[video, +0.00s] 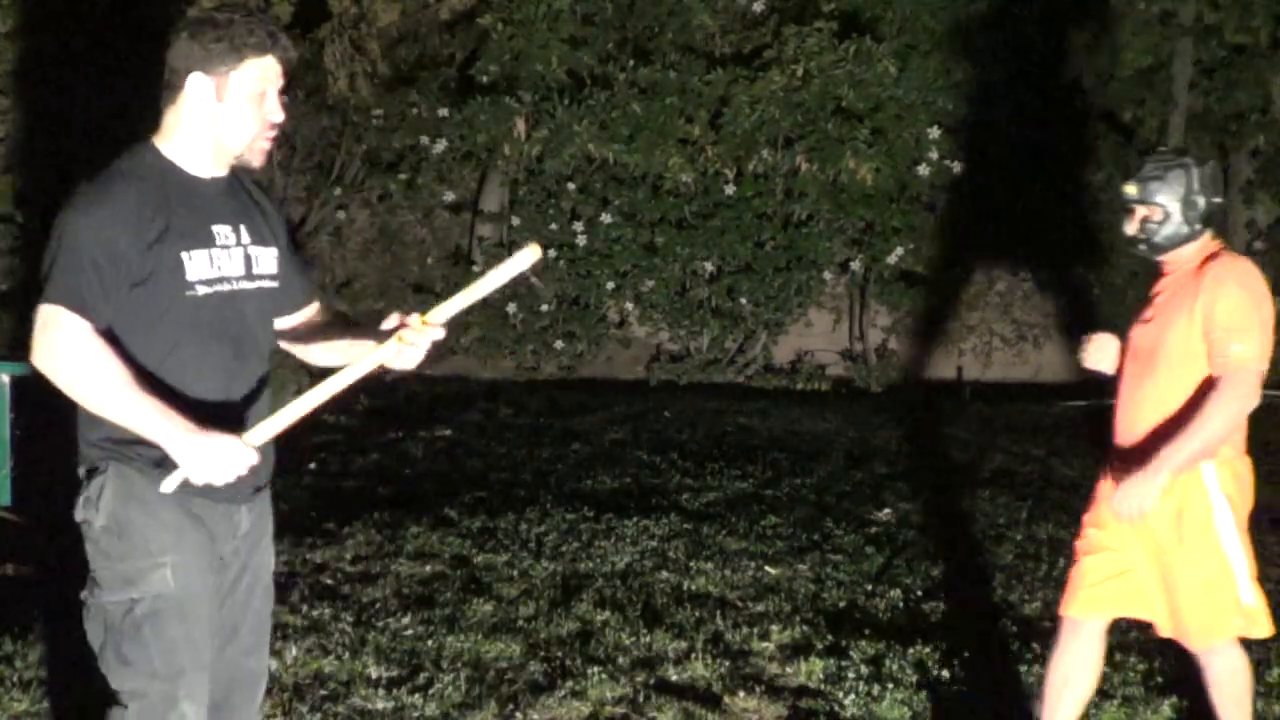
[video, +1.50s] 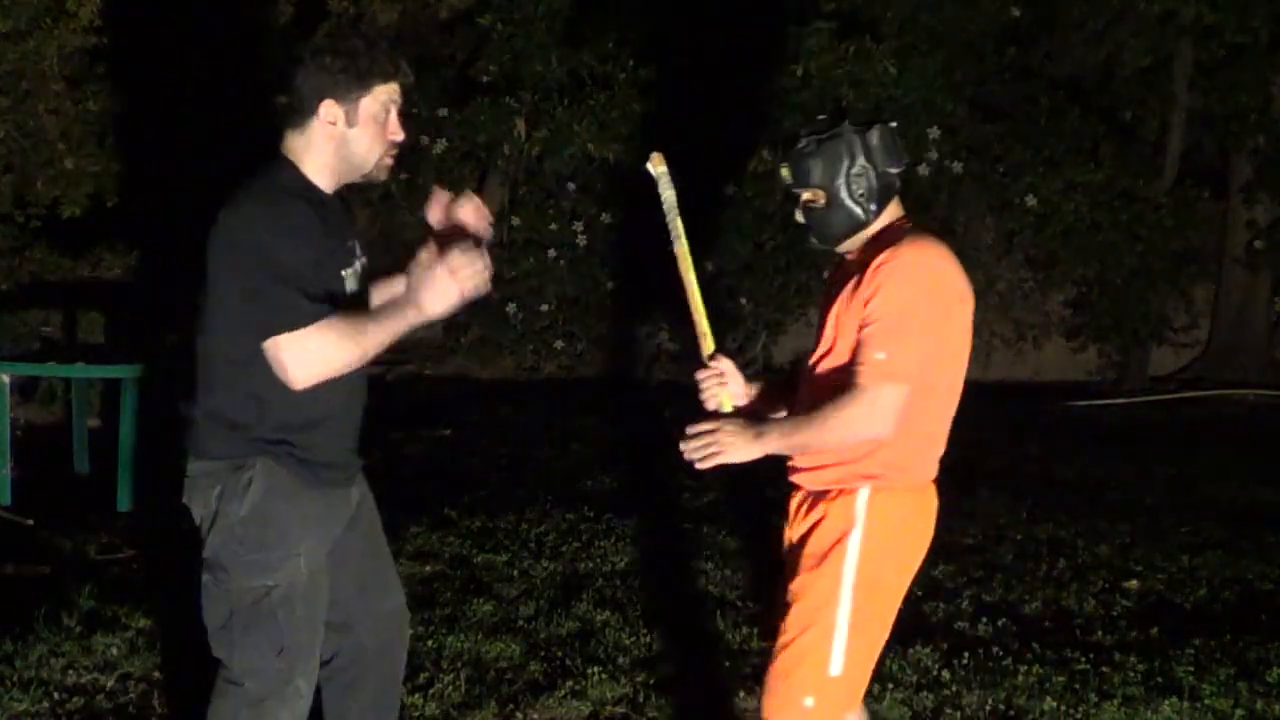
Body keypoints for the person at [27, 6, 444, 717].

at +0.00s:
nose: (281, 116)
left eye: (281, 95)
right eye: (267, 93)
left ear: (221, 95)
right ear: (206, 91)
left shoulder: (254, 209)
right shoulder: (114, 206)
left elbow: (304, 329)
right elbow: (57, 342)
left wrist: (377, 347)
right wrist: (183, 437)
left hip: (246, 493)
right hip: (146, 496)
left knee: (235, 706)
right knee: (165, 705)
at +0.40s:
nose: (279, 108)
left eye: (277, 87)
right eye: (269, 86)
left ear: (220, 91)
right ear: (215, 89)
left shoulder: (230, 201)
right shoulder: (123, 214)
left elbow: (315, 272)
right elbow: (96, 365)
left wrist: (454, 292)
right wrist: (221, 482)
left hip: (250, 484)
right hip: (160, 499)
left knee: (313, 648)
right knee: (152, 704)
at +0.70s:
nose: (346, 123)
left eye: (345, 104)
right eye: (337, 102)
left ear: (285, 107)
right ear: (283, 105)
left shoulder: (300, 216)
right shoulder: (201, 218)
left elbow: (384, 272)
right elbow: (149, 357)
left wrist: (518, 265)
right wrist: (226, 498)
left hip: (317, 523)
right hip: (228, 530)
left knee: (343, 695)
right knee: (193, 707)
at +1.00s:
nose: (428, 129)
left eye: (427, 112)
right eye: (419, 110)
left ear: (372, 112)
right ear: (366, 109)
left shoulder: (379, 213)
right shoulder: (282, 206)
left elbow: (456, 277)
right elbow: (234, 337)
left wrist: (576, 271)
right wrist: (309, 466)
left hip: (367, 491)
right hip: (289, 487)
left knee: (373, 674)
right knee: (284, 679)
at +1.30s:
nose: (423, 123)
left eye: (422, 105)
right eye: (410, 103)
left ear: (365, 109)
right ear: (358, 106)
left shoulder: (376, 210)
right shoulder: (282, 204)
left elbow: (444, 286)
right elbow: (260, 340)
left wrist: (553, 283)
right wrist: (391, 415)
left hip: (363, 480)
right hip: (291, 477)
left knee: (375, 666)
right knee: (294, 677)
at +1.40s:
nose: (411, 124)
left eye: (409, 105)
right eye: (397, 104)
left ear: (352, 115)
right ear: (345, 110)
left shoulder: (356, 212)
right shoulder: (269, 212)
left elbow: (386, 312)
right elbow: (272, 350)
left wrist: (489, 281)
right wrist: (408, 367)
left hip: (353, 481)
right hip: (276, 481)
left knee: (372, 665)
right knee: (280, 683)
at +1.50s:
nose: (399, 136)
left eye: (398, 118)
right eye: (386, 116)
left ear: (335, 120)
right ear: (332, 118)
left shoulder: (328, 215)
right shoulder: (262, 218)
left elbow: (347, 312)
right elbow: (299, 358)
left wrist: (427, 267)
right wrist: (417, 305)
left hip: (331, 478)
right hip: (260, 480)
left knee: (372, 649)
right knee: (268, 680)